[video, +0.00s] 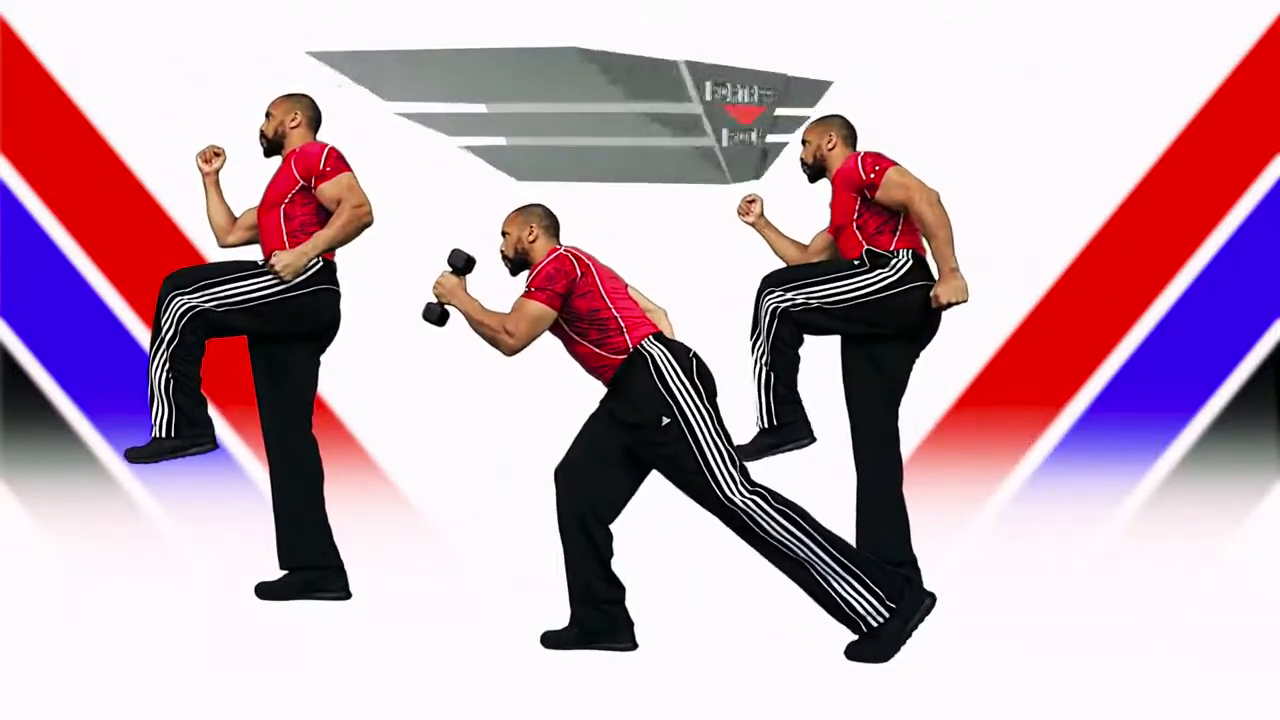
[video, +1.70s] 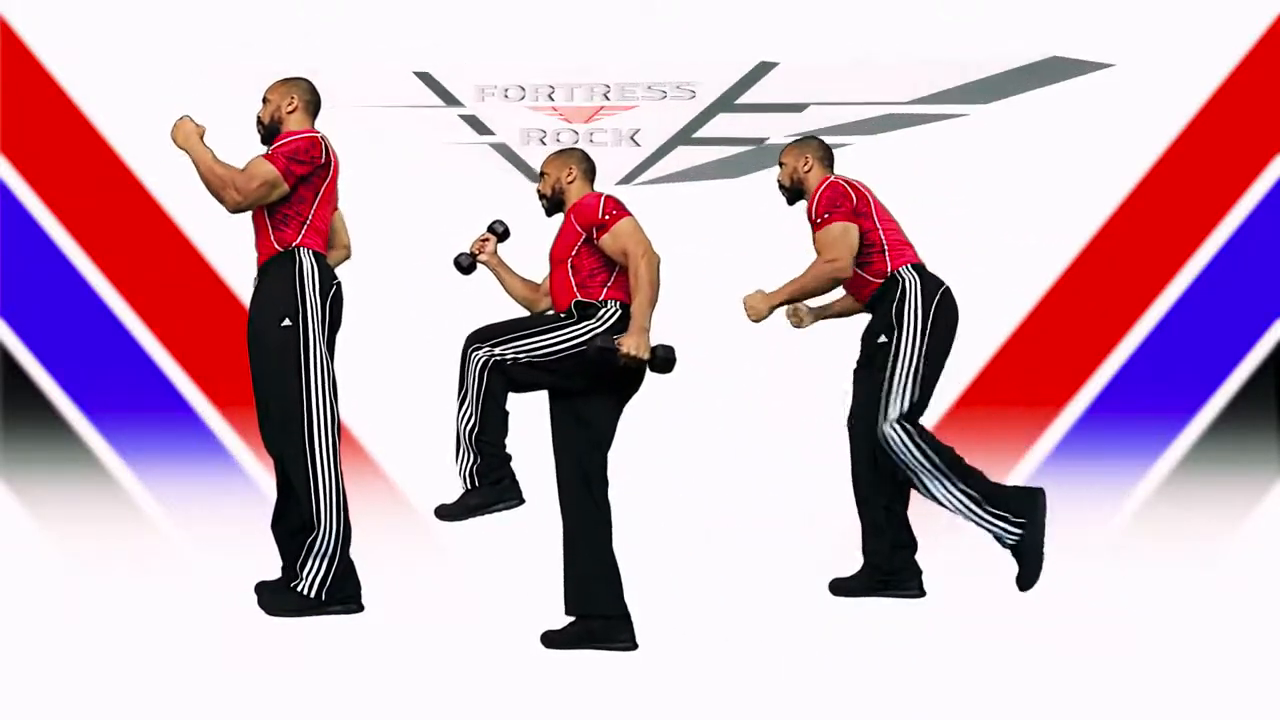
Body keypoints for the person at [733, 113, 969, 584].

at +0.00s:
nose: (800, 153)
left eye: (805, 143)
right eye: (800, 145)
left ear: (830, 140)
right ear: (831, 144)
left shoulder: (859, 165)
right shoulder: (849, 200)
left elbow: (924, 198)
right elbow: (807, 259)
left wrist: (949, 272)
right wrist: (762, 223)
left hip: (897, 277)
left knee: (776, 292)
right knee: (875, 438)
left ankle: (783, 421)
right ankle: (891, 575)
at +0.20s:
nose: (794, 155)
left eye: (799, 145)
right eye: (795, 147)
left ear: (823, 141)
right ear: (825, 144)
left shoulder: (852, 168)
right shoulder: (842, 197)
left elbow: (908, 210)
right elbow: (822, 273)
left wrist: (905, 285)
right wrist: (768, 249)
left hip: (890, 281)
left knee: (780, 318)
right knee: (875, 445)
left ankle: (806, 448)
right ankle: (893, 578)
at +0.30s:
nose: (789, 158)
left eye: (793, 147)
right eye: (788, 150)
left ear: (818, 144)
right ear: (822, 147)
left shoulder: (846, 174)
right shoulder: (834, 198)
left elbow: (874, 239)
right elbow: (853, 297)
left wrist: (824, 297)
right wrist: (801, 299)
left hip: (903, 284)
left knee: (814, 375)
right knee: (880, 442)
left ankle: (897, 487)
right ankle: (894, 589)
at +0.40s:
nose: (780, 166)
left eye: (784, 155)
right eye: (780, 159)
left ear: (809, 152)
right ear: (813, 155)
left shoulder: (836, 183)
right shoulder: (833, 195)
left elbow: (829, 258)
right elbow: (883, 271)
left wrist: (757, 274)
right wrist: (864, 324)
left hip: (907, 292)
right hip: (885, 309)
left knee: (888, 426)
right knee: (868, 440)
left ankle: (1016, 500)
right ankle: (895, 580)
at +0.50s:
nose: (772, 179)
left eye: (776, 168)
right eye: (772, 171)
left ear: (802, 161)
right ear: (811, 167)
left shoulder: (824, 194)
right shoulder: (850, 200)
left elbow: (786, 269)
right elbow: (915, 252)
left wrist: (732, 246)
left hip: (907, 300)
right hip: (889, 315)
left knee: (955, 434)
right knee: (868, 440)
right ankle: (893, 579)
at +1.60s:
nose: (769, 184)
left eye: (775, 175)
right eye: (769, 177)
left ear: (802, 173)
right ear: (805, 177)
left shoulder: (822, 204)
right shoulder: (837, 212)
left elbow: (799, 283)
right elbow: (887, 279)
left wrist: (740, 283)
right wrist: (872, 330)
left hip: (911, 306)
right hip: (889, 325)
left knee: (950, 434)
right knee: (866, 440)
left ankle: (1096, 525)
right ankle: (889, 568)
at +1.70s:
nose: (778, 173)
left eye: (782, 163)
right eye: (778, 165)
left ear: (805, 161)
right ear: (812, 163)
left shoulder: (831, 190)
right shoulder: (838, 202)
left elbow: (837, 263)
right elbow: (866, 291)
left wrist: (771, 297)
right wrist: (816, 312)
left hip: (912, 298)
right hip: (888, 314)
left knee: (892, 427)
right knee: (866, 430)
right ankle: (890, 568)